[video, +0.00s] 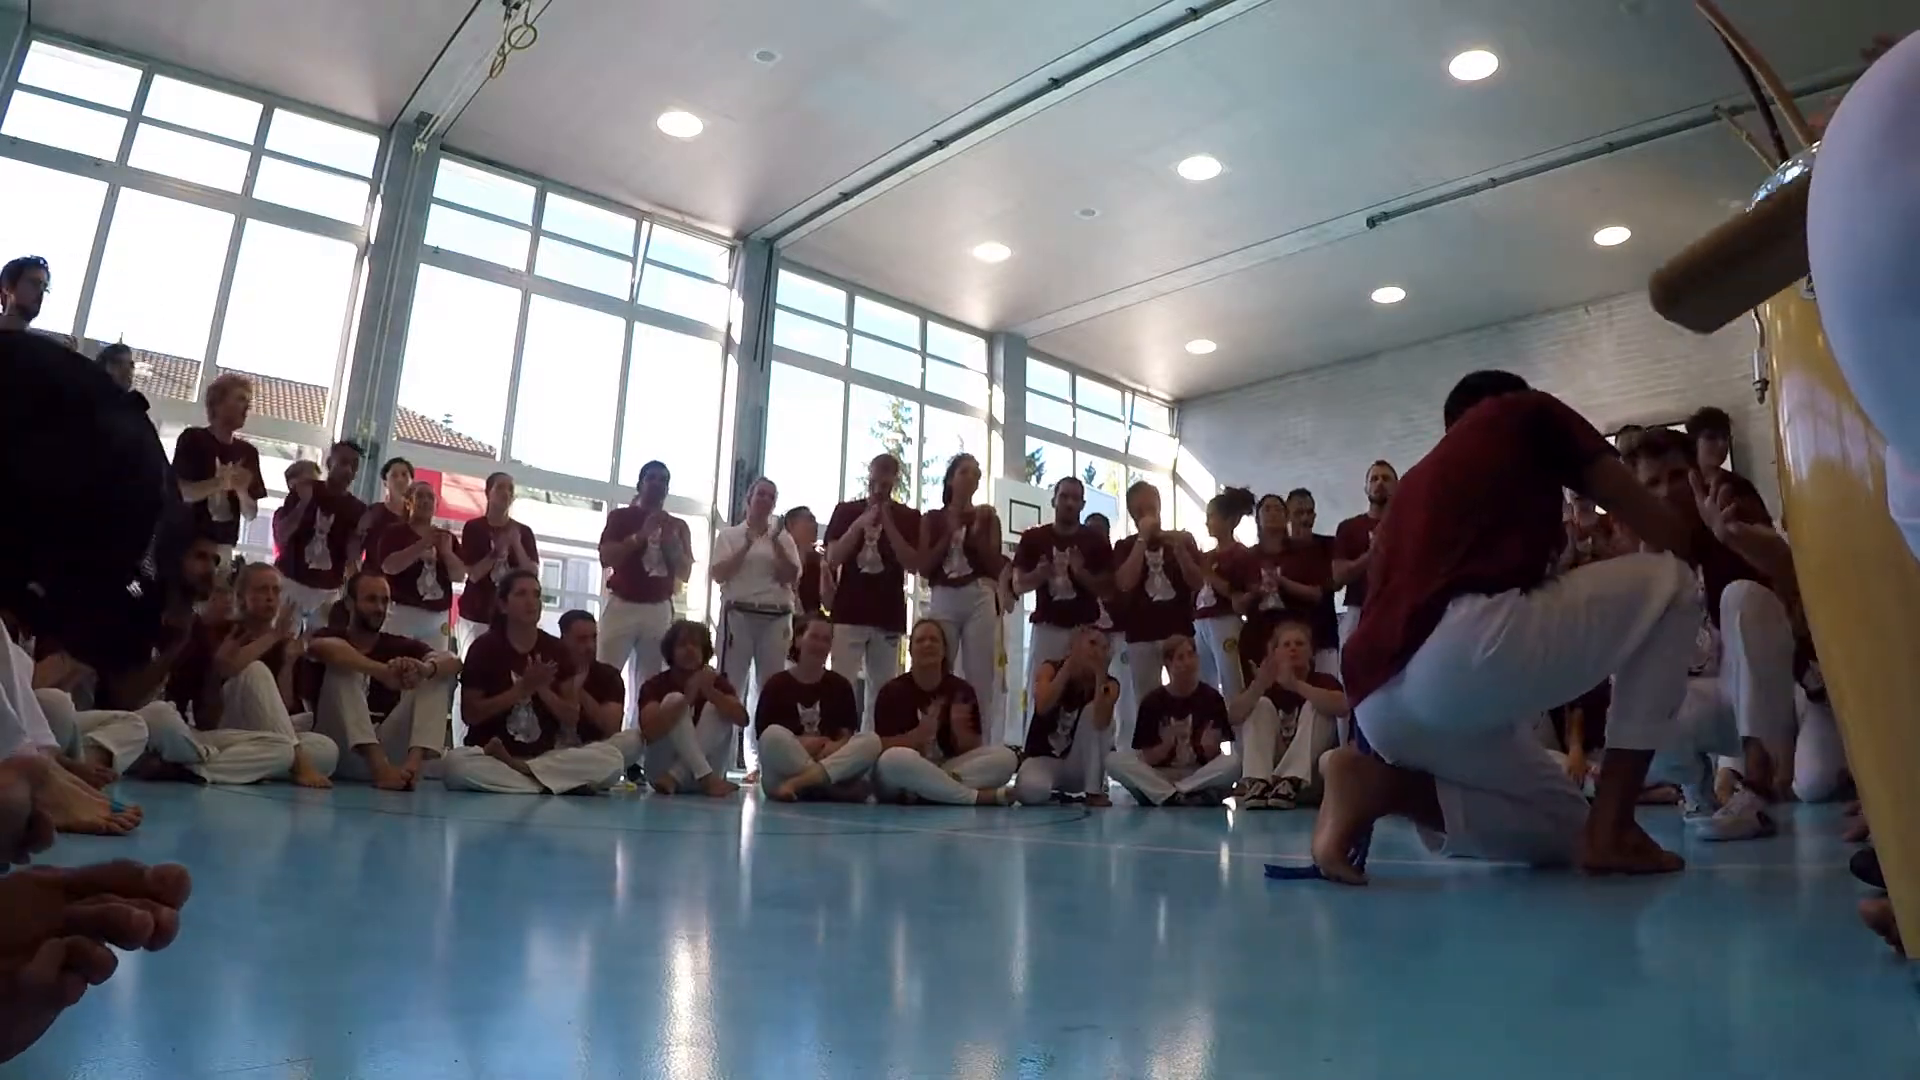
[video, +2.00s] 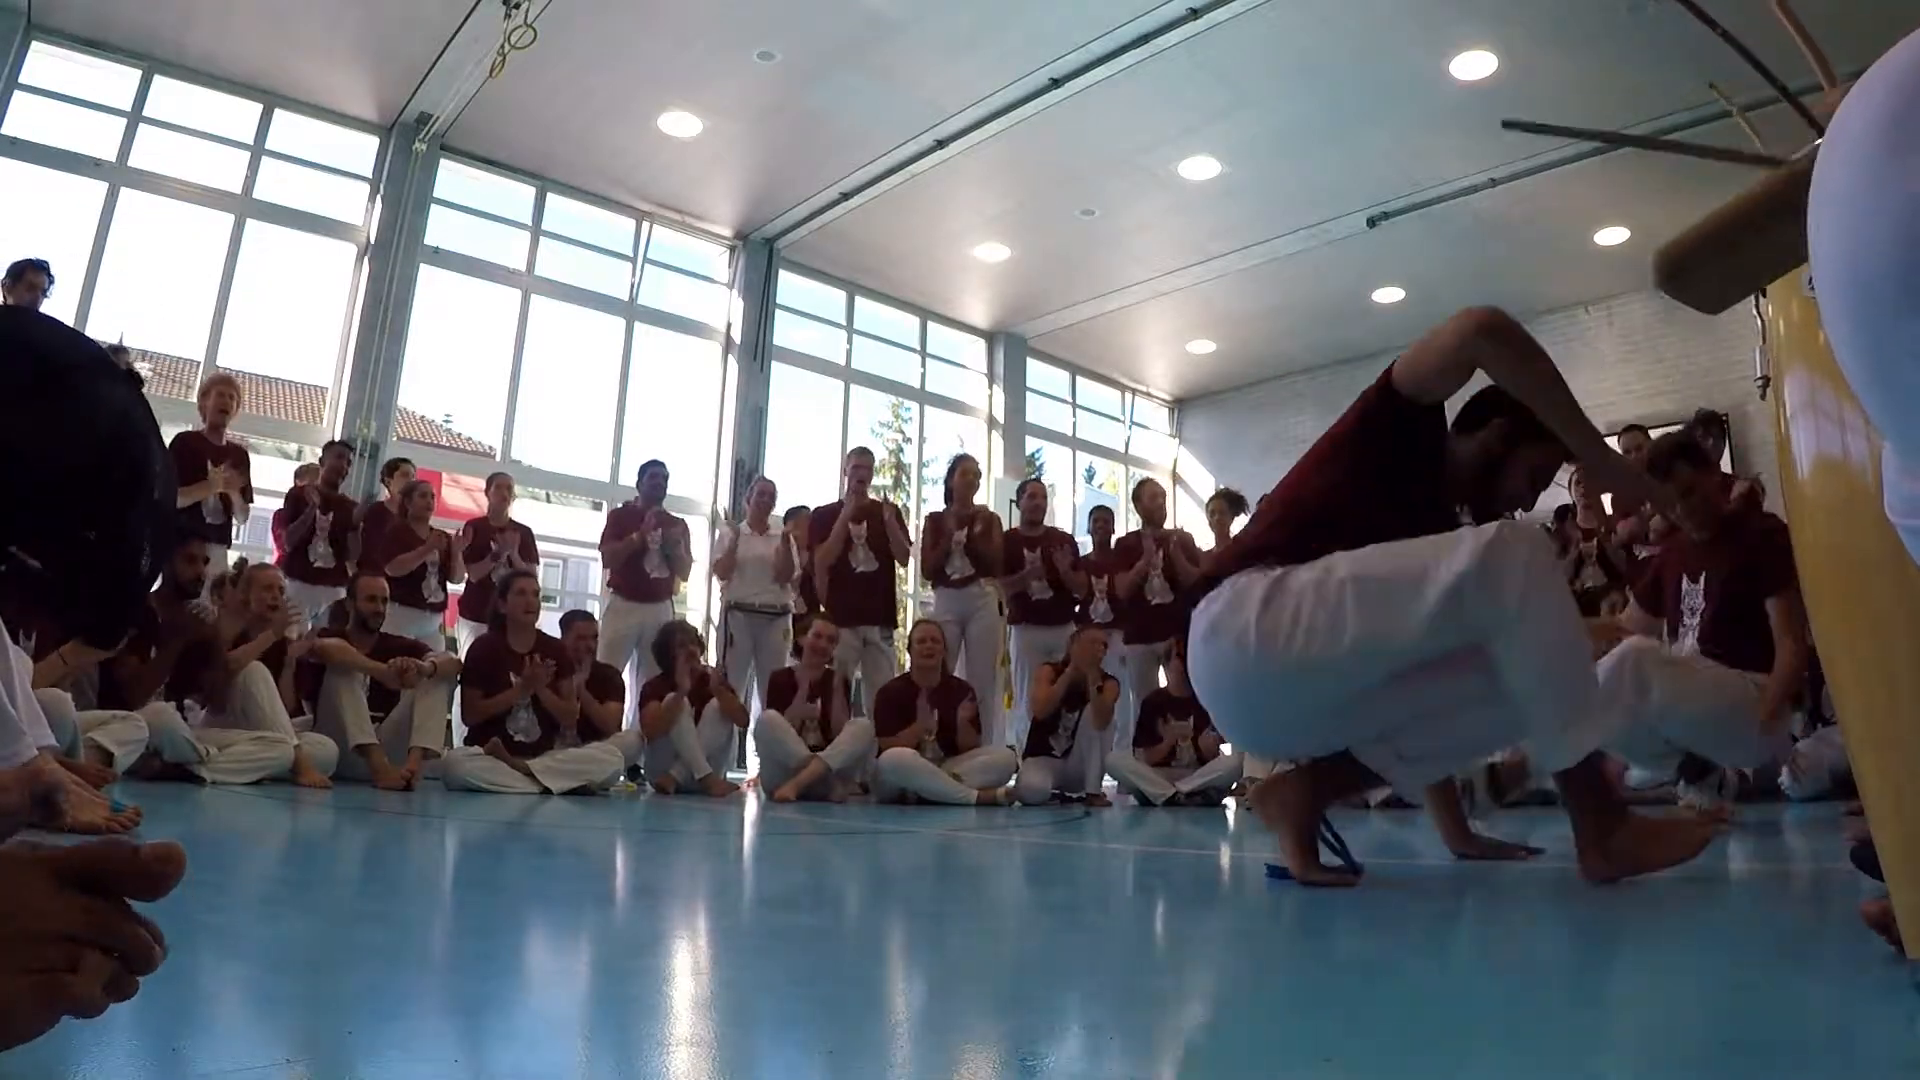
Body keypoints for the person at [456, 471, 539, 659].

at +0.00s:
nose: (506, 493)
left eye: (510, 489)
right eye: (500, 488)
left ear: (513, 495)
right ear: (488, 492)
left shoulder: (524, 532)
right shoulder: (473, 527)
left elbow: (532, 573)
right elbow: (473, 575)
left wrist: (517, 545)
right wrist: (494, 554)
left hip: (511, 617)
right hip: (475, 614)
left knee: (504, 678)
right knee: (472, 678)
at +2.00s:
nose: (504, 494)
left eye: (508, 489)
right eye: (498, 488)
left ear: (513, 495)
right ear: (487, 493)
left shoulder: (524, 533)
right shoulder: (473, 527)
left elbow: (531, 576)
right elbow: (473, 574)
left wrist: (514, 554)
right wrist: (497, 554)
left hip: (510, 619)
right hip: (474, 615)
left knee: (505, 683)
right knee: (471, 680)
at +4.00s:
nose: (505, 492)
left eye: (509, 488)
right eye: (499, 487)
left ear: (514, 494)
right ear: (488, 493)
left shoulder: (524, 531)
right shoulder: (474, 527)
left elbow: (534, 573)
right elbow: (473, 574)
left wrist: (522, 548)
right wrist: (496, 553)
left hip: (510, 619)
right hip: (475, 615)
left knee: (504, 681)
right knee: (471, 679)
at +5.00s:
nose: (504, 493)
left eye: (509, 489)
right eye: (499, 488)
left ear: (513, 495)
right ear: (488, 493)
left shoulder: (524, 532)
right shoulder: (474, 527)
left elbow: (533, 574)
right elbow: (473, 575)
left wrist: (518, 552)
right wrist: (494, 554)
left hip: (511, 618)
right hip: (475, 615)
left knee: (505, 682)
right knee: (472, 680)